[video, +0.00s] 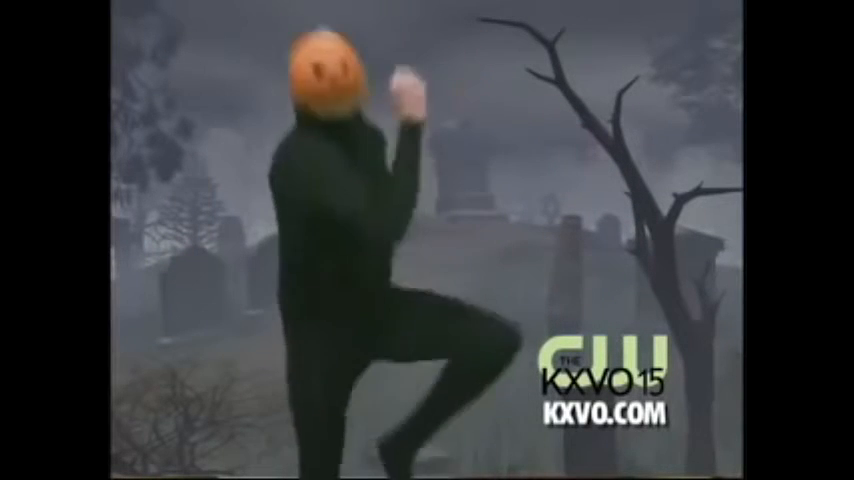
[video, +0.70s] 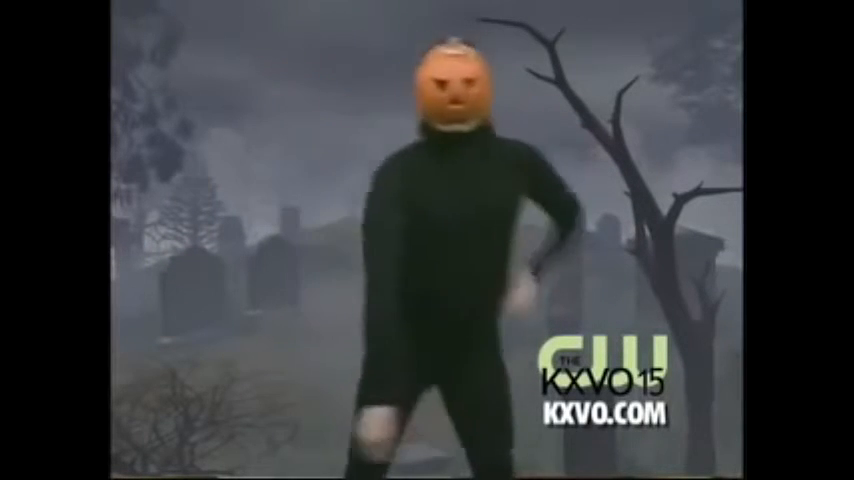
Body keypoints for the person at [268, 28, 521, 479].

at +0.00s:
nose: (343, 94)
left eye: (344, 80)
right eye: (333, 87)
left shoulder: (364, 140)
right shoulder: (298, 157)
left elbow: (380, 229)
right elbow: (386, 224)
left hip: (375, 311)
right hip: (320, 331)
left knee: (494, 340)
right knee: (320, 469)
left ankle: (402, 445)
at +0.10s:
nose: (318, 55)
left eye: (329, 44)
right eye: (302, 46)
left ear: (346, 55)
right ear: (281, 63)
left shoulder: (359, 114)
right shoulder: (287, 133)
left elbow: (373, 203)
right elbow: (375, 195)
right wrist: (455, 124)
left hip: (388, 300)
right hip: (329, 313)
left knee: (483, 401)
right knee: (333, 456)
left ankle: (437, 473)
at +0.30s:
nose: (335, 109)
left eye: (345, 96)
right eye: (319, 102)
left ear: (361, 105)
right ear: (301, 119)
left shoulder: (377, 160)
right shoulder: (306, 193)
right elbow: (403, 244)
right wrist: (472, 163)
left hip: (397, 343)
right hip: (337, 357)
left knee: (473, 451)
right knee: (338, 472)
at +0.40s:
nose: (374, 148)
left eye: (384, 134)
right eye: (357, 139)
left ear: (399, 138)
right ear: (336, 151)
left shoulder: (409, 188)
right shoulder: (328, 222)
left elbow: (415, 289)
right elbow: (403, 295)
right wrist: (438, 196)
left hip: (400, 359)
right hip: (340, 374)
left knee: (489, 441)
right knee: (343, 472)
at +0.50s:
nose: (398, 128)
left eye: (411, 114)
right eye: (382, 117)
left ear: (428, 119)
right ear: (361, 128)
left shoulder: (449, 164)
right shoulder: (348, 194)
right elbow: (384, 294)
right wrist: (458, 258)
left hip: (414, 347)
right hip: (352, 358)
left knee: (497, 449)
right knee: (350, 472)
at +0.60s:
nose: (424, 90)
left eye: (437, 78)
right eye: (409, 79)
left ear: (454, 85)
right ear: (387, 91)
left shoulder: (475, 141)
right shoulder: (371, 161)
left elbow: (520, 156)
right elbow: (395, 271)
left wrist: (505, 221)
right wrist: (443, 367)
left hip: (449, 329)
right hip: (377, 335)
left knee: (485, 463)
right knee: (355, 465)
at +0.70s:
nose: (455, 94)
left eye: (469, 82)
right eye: (440, 84)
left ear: (488, 92)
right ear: (419, 94)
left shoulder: (514, 162)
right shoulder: (398, 174)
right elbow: (382, 290)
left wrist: (534, 274)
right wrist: (381, 394)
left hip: (474, 348)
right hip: (400, 350)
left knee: (495, 469)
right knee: (364, 468)